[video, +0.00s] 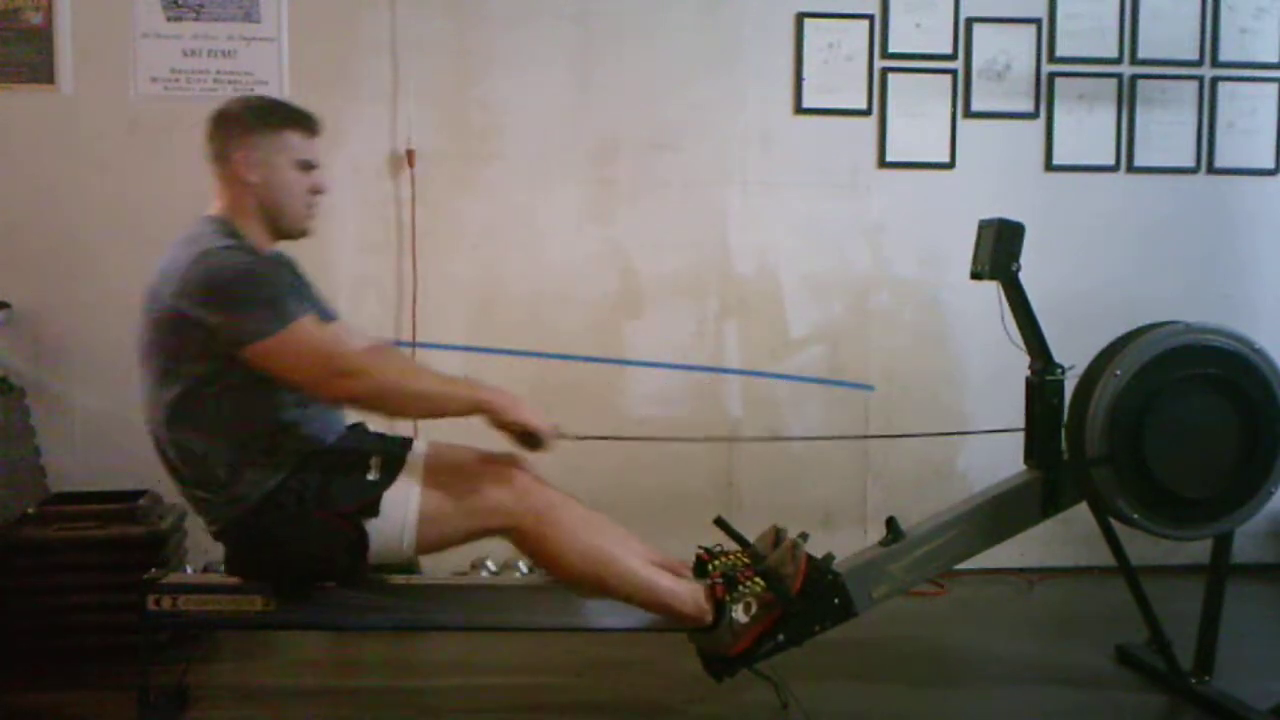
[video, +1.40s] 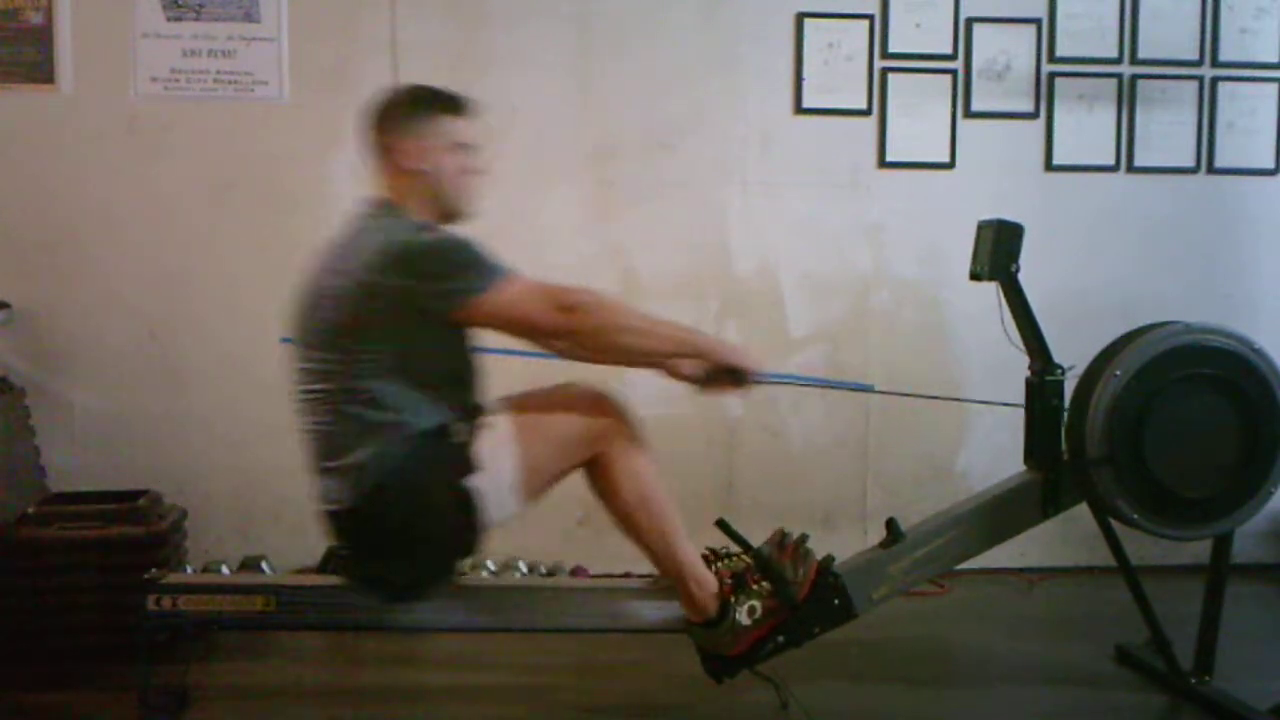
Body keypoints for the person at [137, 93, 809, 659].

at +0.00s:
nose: (320, 186)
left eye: (318, 169)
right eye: (303, 169)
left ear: (252, 174)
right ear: (243, 170)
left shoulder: (260, 264)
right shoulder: (218, 267)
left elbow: (360, 365)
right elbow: (342, 376)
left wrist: (479, 397)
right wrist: (484, 399)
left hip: (314, 479)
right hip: (284, 507)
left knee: (511, 475)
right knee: (509, 489)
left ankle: (703, 584)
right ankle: (705, 613)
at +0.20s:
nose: (404, 184)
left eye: (404, 167)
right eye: (387, 166)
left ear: (329, 176)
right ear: (326, 170)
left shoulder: (299, 251)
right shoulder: (311, 259)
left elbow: (444, 346)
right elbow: (450, 348)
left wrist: (580, 399)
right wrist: (586, 400)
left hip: (333, 484)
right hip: (328, 506)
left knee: (543, 441)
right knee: (548, 453)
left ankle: (697, 595)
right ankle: (707, 611)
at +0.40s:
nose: (492, 189)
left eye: (487, 172)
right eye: (475, 170)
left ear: (423, 178)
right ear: (423, 175)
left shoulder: (378, 257)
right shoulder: (404, 264)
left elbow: (544, 346)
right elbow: (552, 348)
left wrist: (673, 394)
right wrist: (683, 395)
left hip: (378, 507)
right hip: (394, 523)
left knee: (577, 405)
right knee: (593, 423)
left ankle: (699, 582)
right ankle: (711, 608)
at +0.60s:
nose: (583, 195)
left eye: (580, 178)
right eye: (569, 177)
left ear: (517, 185)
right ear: (520, 184)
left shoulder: (472, 260)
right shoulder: (501, 265)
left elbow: (640, 348)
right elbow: (654, 347)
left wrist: (756, 390)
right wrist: (790, 390)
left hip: (447, 516)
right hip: (467, 521)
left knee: (636, 385)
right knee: (647, 393)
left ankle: (711, 594)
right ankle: (715, 610)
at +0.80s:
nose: (671, 203)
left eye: (667, 187)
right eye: (658, 185)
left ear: (609, 191)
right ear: (610, 189)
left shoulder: (564, 262)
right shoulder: (599, 265)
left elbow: (727, 345)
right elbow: (751, 342)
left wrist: (840, 383)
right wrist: (895, 380)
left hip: (512, 514)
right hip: (532, 516)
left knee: (701, 374)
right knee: (708, 381)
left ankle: (697, 578)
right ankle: (710, 589)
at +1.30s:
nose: (565, 177)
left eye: (563, 160)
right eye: (550, 160)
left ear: (494, 164)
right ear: (497, 161)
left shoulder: (464, 246)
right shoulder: (496, 254)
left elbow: (628, 336)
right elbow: (646, 320)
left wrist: (740, 370)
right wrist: (785, 352)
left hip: (438, 496)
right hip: (463, 506)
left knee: (629, 384)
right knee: (642, 395)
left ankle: (706, 589)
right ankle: (714, 608)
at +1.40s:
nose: (477, 166)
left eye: (473, 149)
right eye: (460, 148)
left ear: (409, 159)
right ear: (408, 156)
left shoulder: (377, 246)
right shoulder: (408, 250)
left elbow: (553, 329)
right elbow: (563, 316)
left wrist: (677, 359)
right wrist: (701, 347)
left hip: (379, 502)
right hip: (402, 515)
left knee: (586, 401)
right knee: (601, 419)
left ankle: (700, 584)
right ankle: (711, 609)